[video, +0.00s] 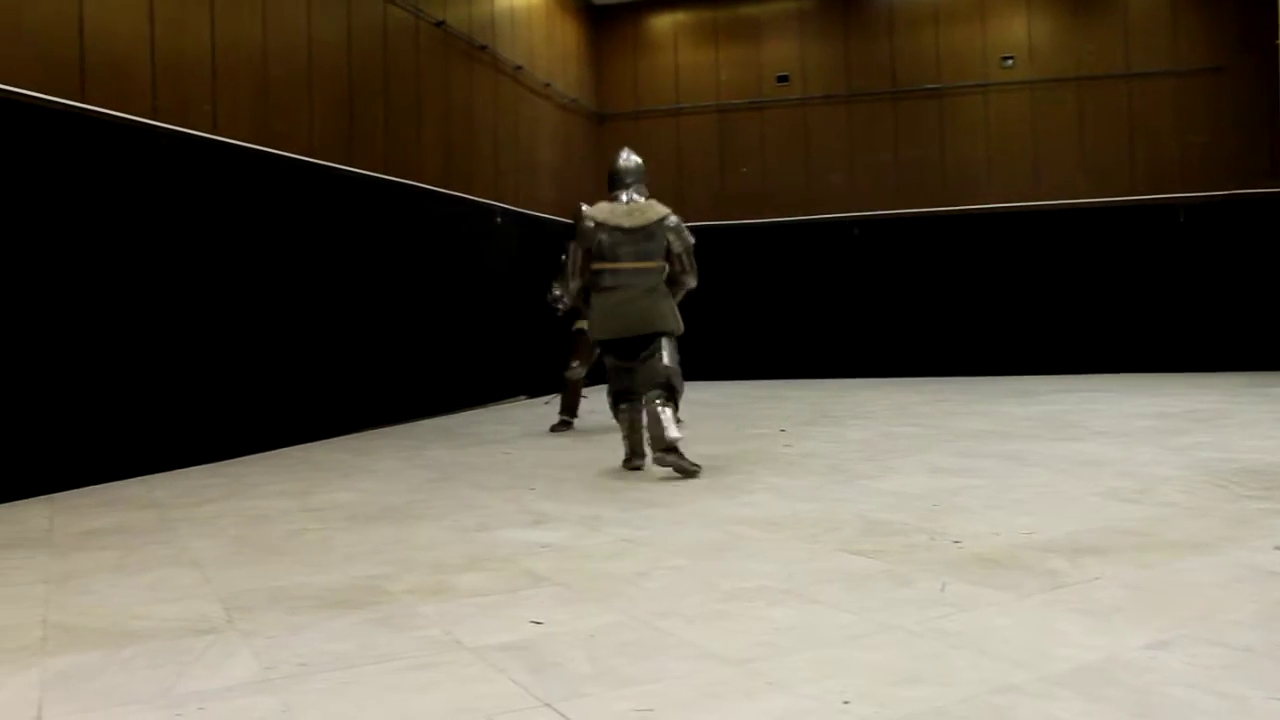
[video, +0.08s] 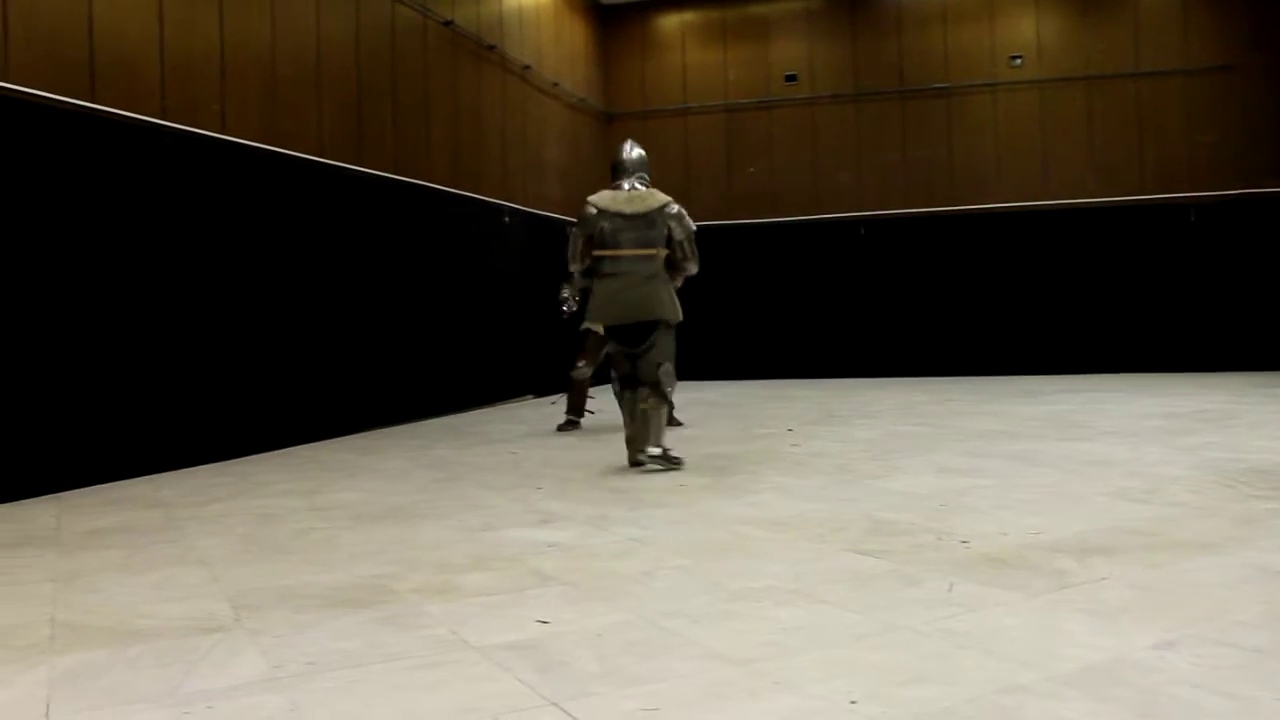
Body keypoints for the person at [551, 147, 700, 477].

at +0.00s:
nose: (632, 186)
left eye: (621, 180)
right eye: (636, 179)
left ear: (611, 180)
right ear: (644, 179)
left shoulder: (592, 219)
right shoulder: (665, 219)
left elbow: (576, 277)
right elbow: (686, 277)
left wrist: (582, 306)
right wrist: (662, 304)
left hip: (610, 314)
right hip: (655, 312)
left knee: (622, 381)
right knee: (659, 377)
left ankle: (634, 452)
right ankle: (666, 442)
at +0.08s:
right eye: (641, 169)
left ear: (614, 170)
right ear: (647, 169)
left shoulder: (594, 207)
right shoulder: (667, 207)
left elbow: (577, 263)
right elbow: (688, 261)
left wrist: (593, 288)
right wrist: (664, 286)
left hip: (610, 307)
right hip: (654, 305)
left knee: (626, 376)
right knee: (658, 374)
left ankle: (635, 448)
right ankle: (654, 445)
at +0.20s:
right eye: (636, 175)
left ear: (611, 176)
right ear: (641, 175)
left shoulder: (592, 212)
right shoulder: (661, 212)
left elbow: (575, 261)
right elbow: (680, 262)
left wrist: (585, 289)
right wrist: (654, 270)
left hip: (606, 308)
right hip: (647, 308)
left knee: (616, 370)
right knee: (640, 374)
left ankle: (616, 439)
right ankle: (624, 446)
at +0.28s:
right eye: (631, 187)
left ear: (606, 189)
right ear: (636, 188)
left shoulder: (589, 223)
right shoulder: (653, 223)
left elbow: (574, 276)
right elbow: (670, 273)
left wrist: (581, 300)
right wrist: (654, 297)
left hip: (600, 313)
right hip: (640, 313)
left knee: (604, 370)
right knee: (636, 378)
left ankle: (608, 440)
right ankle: (622, 447)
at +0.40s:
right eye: (622, 205)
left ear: (597, 206)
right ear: (626, 205)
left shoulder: (578, 242)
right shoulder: (643, 242)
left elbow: (561, 295)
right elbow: (663, 293)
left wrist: (576, 323)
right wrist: (647, 309)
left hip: (591, 327)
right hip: (631, 327)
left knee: (598, 379)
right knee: (632, 385)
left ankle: (598, 434)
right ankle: (621, 445)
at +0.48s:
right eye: (613, 209)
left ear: (587, 212)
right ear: (617, 210)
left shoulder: (568, 249)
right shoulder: (632, 248)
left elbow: (559, 300)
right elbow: (653, 295)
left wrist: (578, 319)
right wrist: (634, 314)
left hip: (583, 331)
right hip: (624, 330)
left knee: (588, 370)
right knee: (632, 360)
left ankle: (594, 434)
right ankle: (616, 438)